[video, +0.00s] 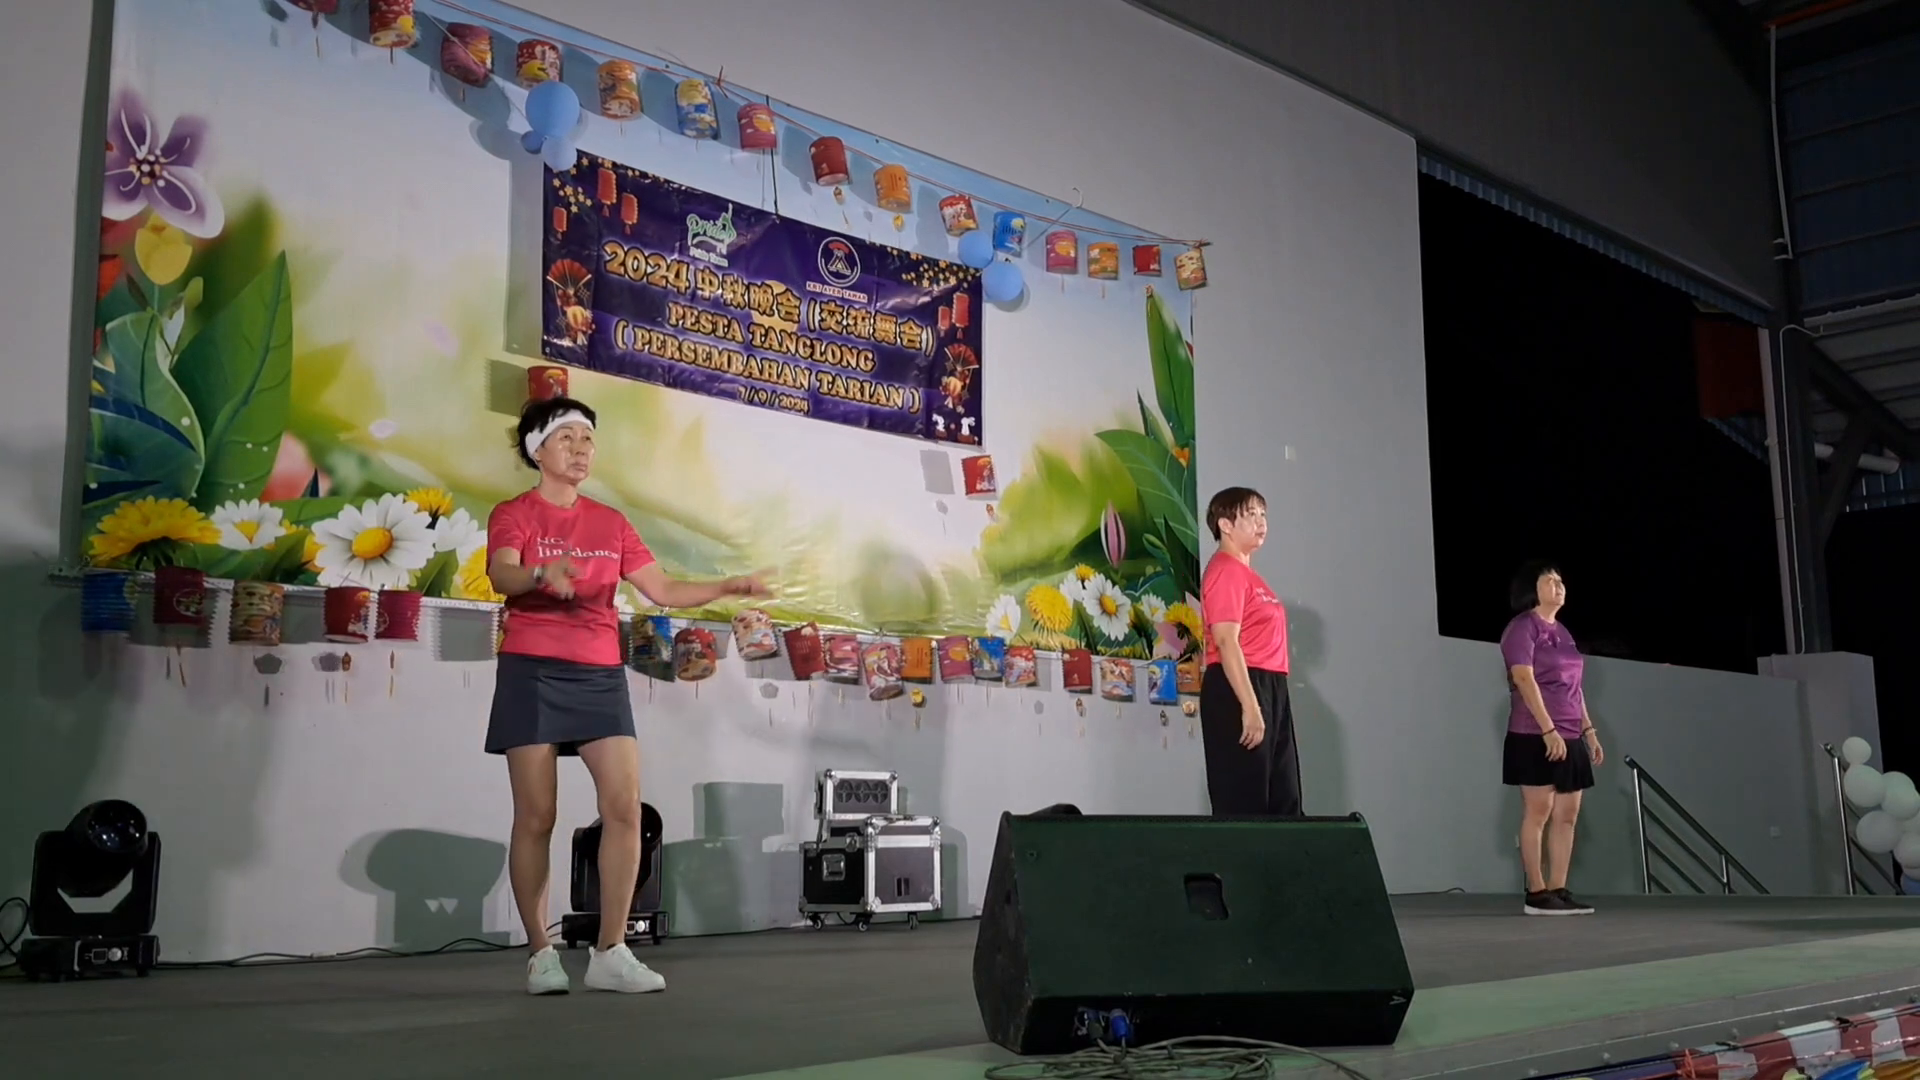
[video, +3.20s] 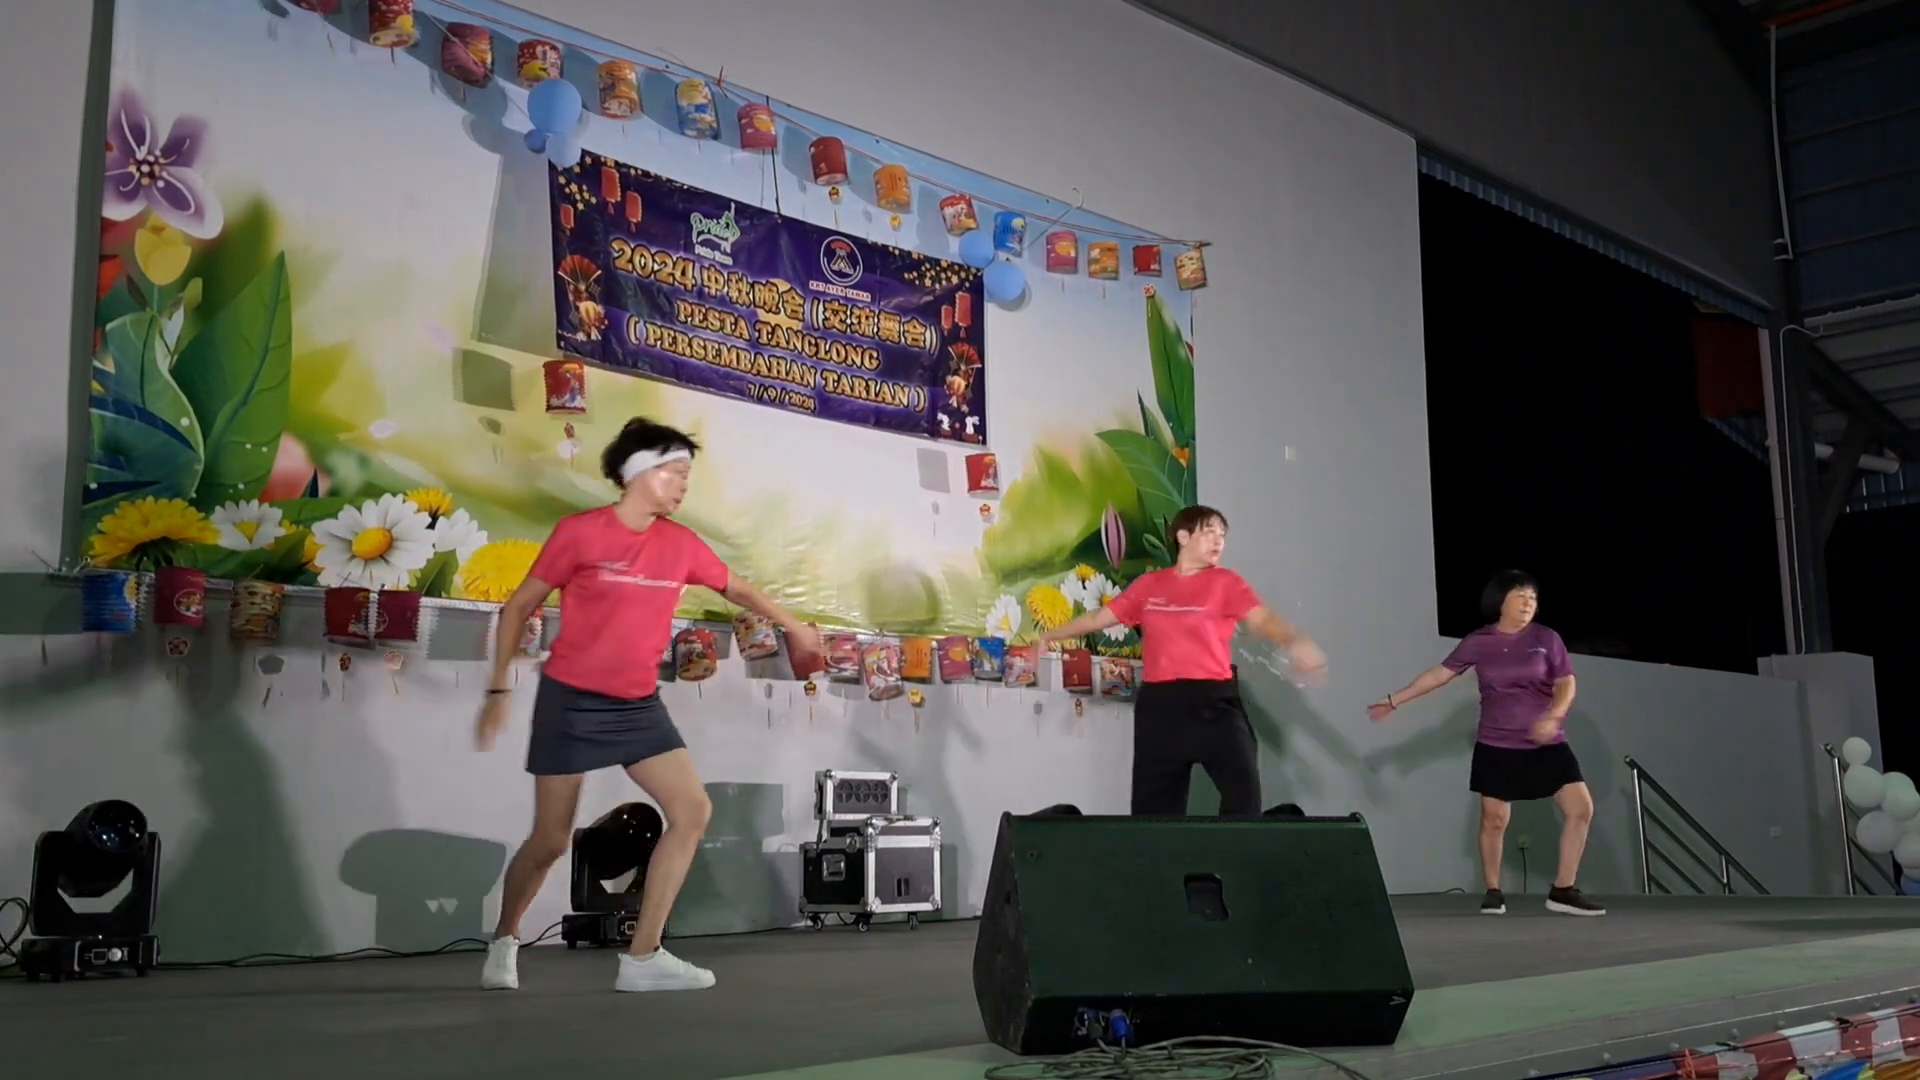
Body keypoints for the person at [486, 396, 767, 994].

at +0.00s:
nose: (580, 448)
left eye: (587, 438)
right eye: (566, 438)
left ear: (593, 450)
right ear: (536, 450)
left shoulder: (611, 523)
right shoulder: (513, 516)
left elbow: (664, 591)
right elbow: (503, 580)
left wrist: (731, 586)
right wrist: (540, 577)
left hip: (600, 676)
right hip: (530, 674)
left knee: (624, 807)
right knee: (536, 816)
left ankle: (610, 950)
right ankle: (542, 950)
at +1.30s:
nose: (581, 438)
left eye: (586, 430)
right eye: (568, 428)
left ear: (593, 444)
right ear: (537, 442)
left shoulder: (616, 517)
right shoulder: (515, 512)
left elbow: (648, 599)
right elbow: (500, 595)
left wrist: (686, 668)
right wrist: (512, 661)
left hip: (607, 677)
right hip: (538, 674)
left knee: (619, 810)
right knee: (539, 813)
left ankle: (610, 952)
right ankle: (541, 950)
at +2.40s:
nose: (592, 466)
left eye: (599, 455)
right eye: (580, 454)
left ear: (606, 461)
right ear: (546, 457)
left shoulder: (619, 526)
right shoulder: (507, 528)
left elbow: (645, 607)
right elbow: (484, 616)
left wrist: (667, 608)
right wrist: (438, 656)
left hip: (604, 684)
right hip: (530, 683)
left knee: (623, 809)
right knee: (531, 827)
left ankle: (594, 951)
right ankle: (512, 930)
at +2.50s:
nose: (584, 482)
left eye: (594, 472)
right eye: (572, 469)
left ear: (601, 478)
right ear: (544, 470)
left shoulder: (615, 539)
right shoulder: (504, 540)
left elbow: (634, 623)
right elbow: (477, 632)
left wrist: (627, 649)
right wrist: (427, 704)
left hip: (596, 697)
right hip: (519, 696)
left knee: (624, 811)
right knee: (510, 836)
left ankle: (593, 949)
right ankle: (503, 945)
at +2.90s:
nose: (602, 493)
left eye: (612, 484)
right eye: (591, 480)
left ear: (619, 491)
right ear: (562, 484)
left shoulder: (620, 550)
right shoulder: (518, 544)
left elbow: (653, 613)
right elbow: (490, 621)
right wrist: (457, 682)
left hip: (586, 709)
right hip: (511, 703)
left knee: (641, 808)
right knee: (507, 839)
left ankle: (635, 950)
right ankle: (506, 947)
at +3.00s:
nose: (623, 491)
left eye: (631, 481)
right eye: (611, 478)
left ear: (636, 487)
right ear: (578, 480)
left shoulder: (640, 548)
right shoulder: (531, 543)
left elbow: (706, 596)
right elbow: (492, 615)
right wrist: (448, 684)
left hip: (596, 708)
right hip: (520, 701)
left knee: (654, 809)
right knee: (514, 841)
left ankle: (638, 954)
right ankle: (506, 948)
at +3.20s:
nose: (683, 486)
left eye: (686, 476)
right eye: (673, 473)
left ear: (675, 481)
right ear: (637, 473)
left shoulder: (681, 545)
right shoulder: (579, 534)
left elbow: (740, 591)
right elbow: (519, 607)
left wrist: (795, 625)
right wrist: (498, 688)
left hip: (638, 704)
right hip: (568, 700)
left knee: (691, 812)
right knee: (551, 841)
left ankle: (643, 955)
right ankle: (505, 934)